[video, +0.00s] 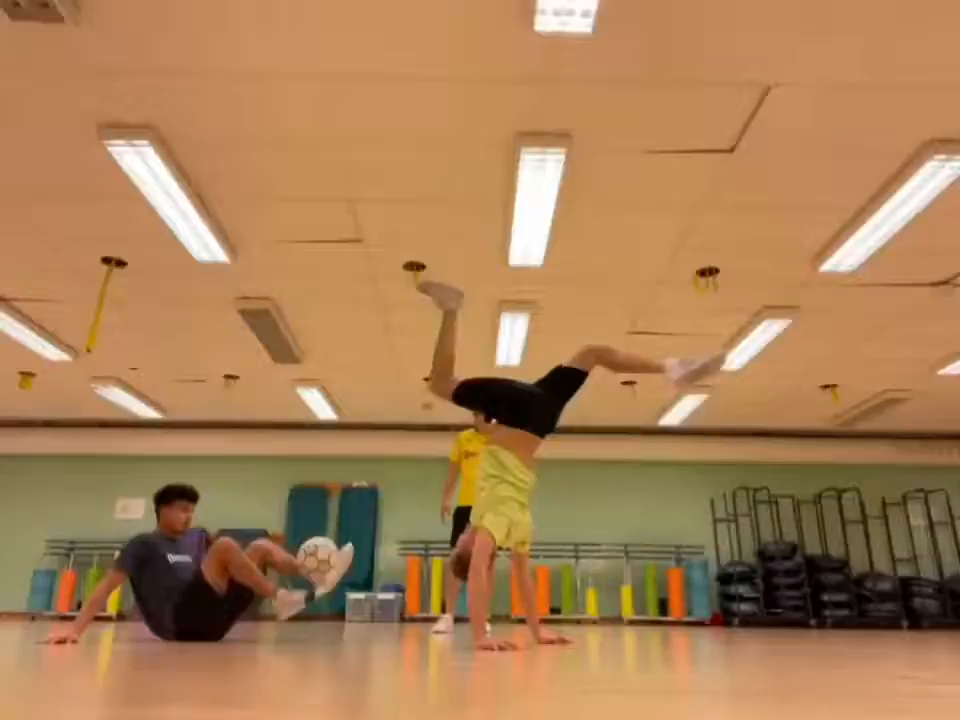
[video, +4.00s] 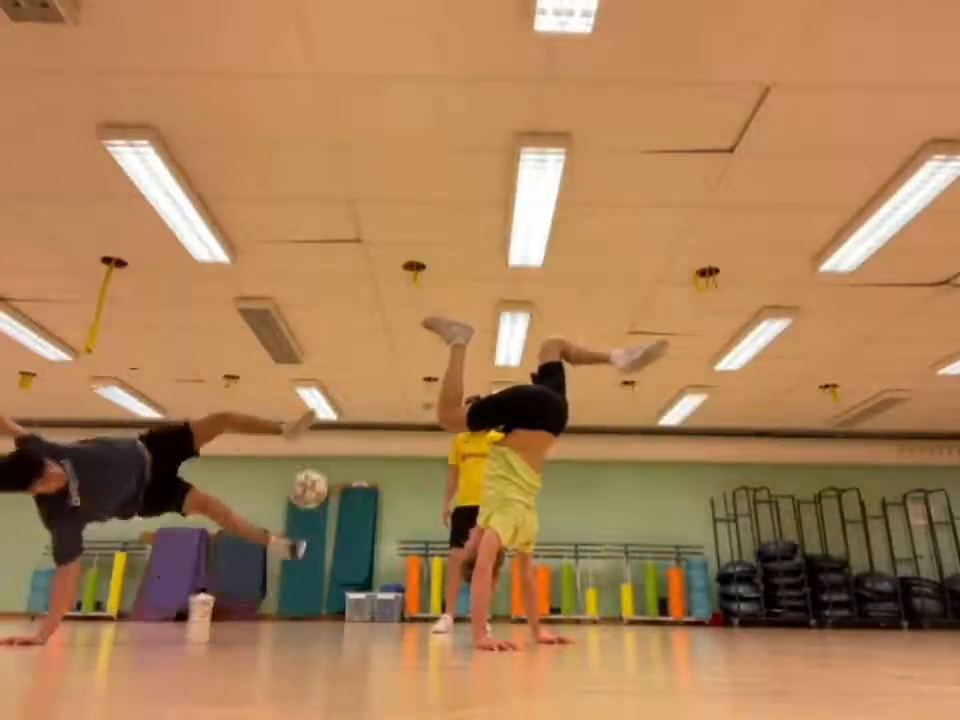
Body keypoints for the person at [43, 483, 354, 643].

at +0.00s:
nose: (188, 516)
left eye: (190, 511)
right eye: (182, 510)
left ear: (189, 513)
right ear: (162, 511)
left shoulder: (197, 540)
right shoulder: (141, 545)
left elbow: (227, 567)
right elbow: (105, 589)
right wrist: (75, 631)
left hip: (212, 619)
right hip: (181, 621)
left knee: (262, 547)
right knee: (224, 546)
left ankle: (318, 573)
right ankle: (278, 597)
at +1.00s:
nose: (175, 524)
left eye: (177, 518)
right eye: (170, 517)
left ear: (173, 521)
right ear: (150, 518)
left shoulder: (176, 555)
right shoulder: (133, 547)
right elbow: (98, 587)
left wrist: (251, 576)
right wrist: (74, 629)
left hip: (202, 619)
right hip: (178, 620)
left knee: (237, 542)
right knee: (226, 543)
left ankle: (266, 599)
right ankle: (266, 603)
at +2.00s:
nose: (88, 535)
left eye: (88, 528)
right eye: (79, 530)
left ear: (90, 530)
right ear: (59, 537)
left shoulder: (110, 546)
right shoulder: (49, 586)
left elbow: (149, 556)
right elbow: (16, 631)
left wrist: (184, 565)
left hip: (161, 589)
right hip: (148, 622)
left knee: (112, 571)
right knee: (189, 630)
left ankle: (197, 584)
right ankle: (245, 613)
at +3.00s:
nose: (165, 515)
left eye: (166, 508)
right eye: (158, 508)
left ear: (162, 506)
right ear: (135, 508)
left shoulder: (170, 530)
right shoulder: (103, 541)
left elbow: (194, 567)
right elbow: (65, 579)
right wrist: (35, 630)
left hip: (186, 591)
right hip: (146, 617)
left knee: (255, 557)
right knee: (179, 613)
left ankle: (280, 605)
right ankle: (256, 626)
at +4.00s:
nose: (57, 471)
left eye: (51, 465)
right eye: (48, 477)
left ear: (43, 459)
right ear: (37, 490)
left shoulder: (40, 450)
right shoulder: (62, 517)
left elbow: (12, 428)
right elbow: (66, 575)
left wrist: (9, 428)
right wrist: (44, 634)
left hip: (147, 451)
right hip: (148, 494)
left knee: (219, 421)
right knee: (212, 507)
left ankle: (284, 429)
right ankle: (275, 542)